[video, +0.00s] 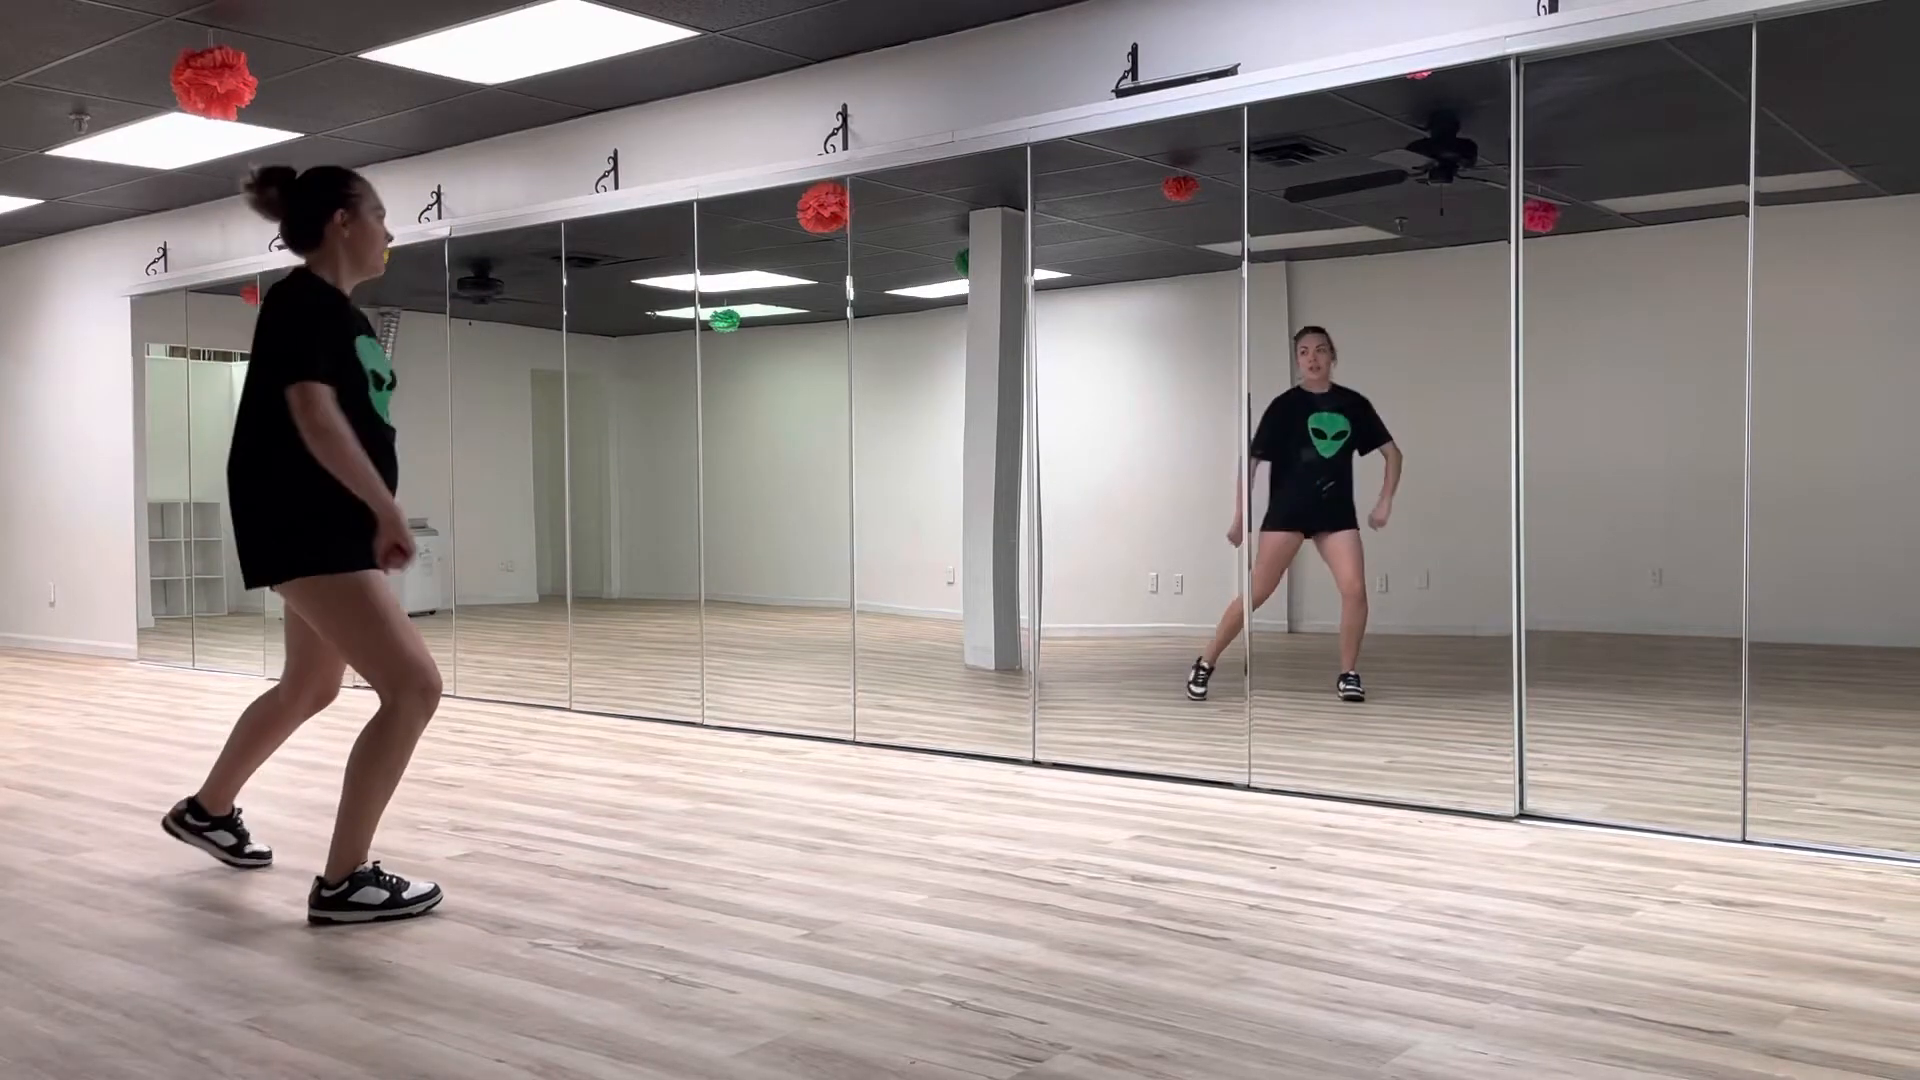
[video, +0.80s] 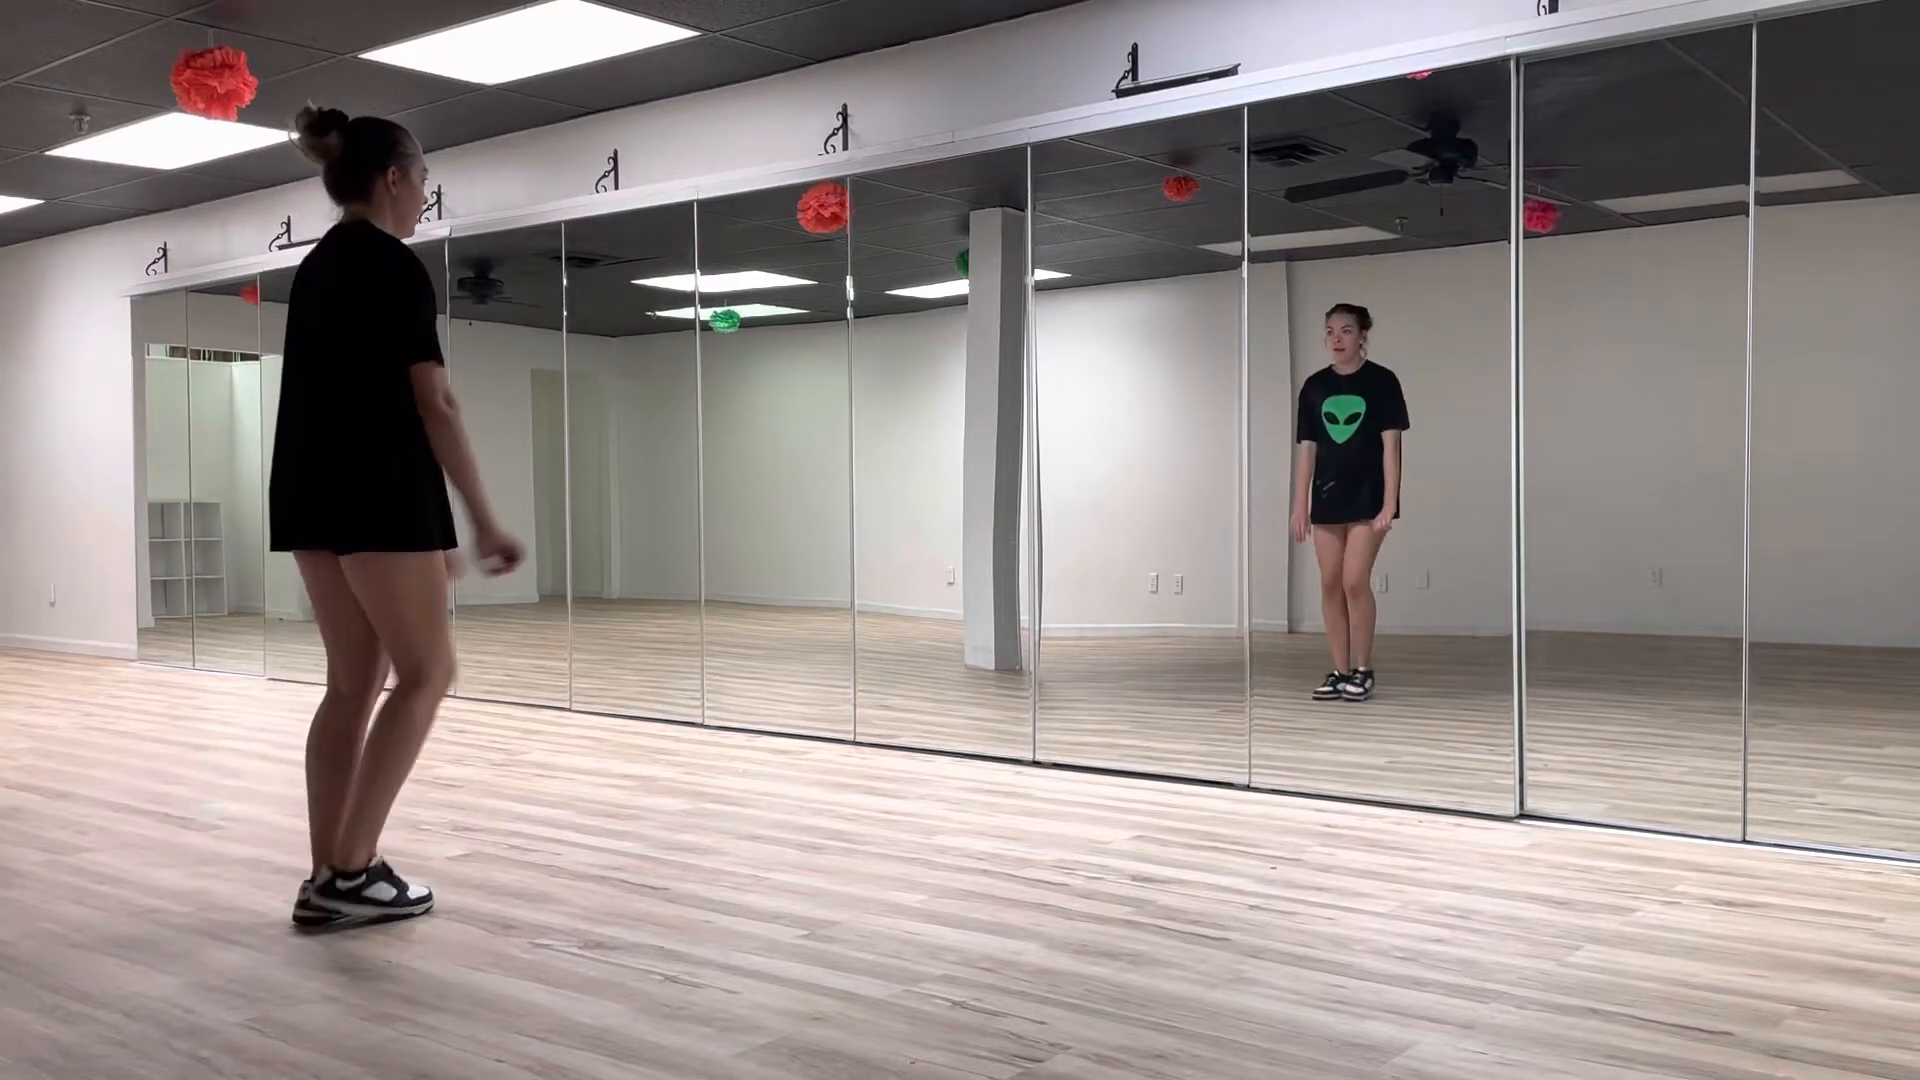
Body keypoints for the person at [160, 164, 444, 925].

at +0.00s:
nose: (389, 233)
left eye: (385, 219)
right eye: (380, 218)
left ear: (334, 227)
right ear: (343, 224)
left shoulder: (332, 309)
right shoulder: (305, 301)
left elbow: (336, 423)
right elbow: (314, 416)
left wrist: (375, 518)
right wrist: (386, 507)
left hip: (318, 524)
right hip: (306, 524)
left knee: (309, 684)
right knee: (414, 687)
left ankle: (208, 807)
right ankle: (345, 876)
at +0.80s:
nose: (427, 194)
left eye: (423, 178)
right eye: (419, 178)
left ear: (352, 184)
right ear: (390, 181)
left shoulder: (316, 268)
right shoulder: (397, 267)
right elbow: (435, 400)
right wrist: (485, 518)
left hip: (304, 493)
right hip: (381, 495)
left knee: (352, 674)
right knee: (426, 672)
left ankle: (326, 877)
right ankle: (353, 864)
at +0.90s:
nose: (422, 202)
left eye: (421, 186)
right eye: (416, 185)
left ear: (348, 189)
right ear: (383, 185)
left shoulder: (316, 270)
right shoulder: (381, 265)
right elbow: (457, 364)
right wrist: (559, 434)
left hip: (307, 500)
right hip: (379, 497)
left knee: (366, 675)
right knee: (479, 650)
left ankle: (331, 873)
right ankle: (357, 810)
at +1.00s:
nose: (430, 196)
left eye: (429, 181)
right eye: (424, 179)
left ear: (363, 180)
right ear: (388, 177)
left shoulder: (333, 254)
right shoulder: (381, 254)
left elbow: (487, 288)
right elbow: (507, 291)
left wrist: (580, 270)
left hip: (316, 487)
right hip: (378, 484)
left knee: (367, 676)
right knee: (512, 629)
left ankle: (330, 876)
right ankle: (386, 789)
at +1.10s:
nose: (455, 177)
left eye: (450, 164)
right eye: (445, 163)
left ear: (379, 172)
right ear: (408, 167)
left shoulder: (354, 229)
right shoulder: (402, 223)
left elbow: (486, 200)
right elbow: (520, 191)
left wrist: (540, 132)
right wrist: (622, 126)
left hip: (338, 473)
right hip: (389, 472)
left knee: (366, 673)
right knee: (519, 627)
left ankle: (329, 875)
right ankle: (450, 833)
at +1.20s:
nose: (476, 192)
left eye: (479, 175)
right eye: (469, 173)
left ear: (410, 162)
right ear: (429, 162)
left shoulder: (396, 234)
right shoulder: (393, 221)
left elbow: (459, 157)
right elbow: (480, 145)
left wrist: (475, 91)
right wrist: (553, 36)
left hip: (379, 467)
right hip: (406, 465)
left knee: (368, 677)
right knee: (494, 654)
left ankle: (326, 870)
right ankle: (519, 876)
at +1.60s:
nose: (473, 163)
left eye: (466, 150)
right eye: (464, 150)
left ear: (394, 162)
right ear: (434, 155)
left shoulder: (375, 237)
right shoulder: (444, 215)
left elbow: (515, 194)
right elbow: (566, 184)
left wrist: (580, 134)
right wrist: (672, 134)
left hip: (401, 467)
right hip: (471, 466)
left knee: (391, 676)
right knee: (534, 671)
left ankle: (337, 870)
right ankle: (534, 887)